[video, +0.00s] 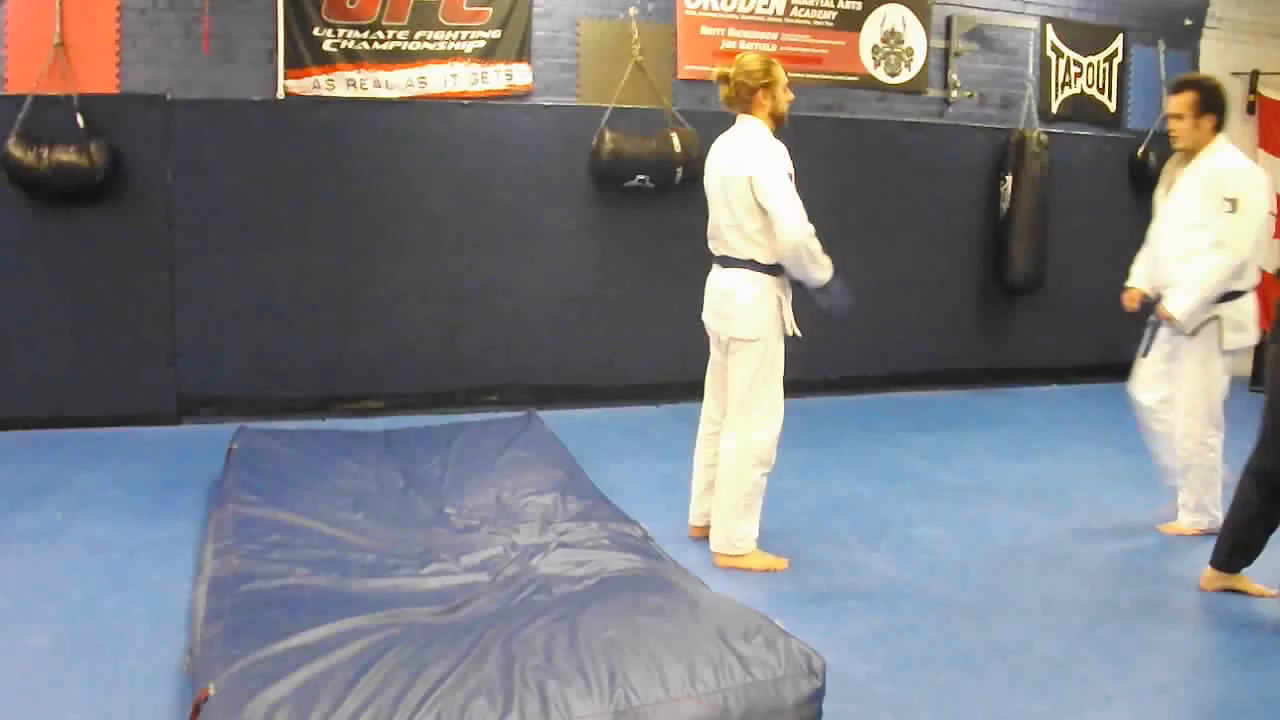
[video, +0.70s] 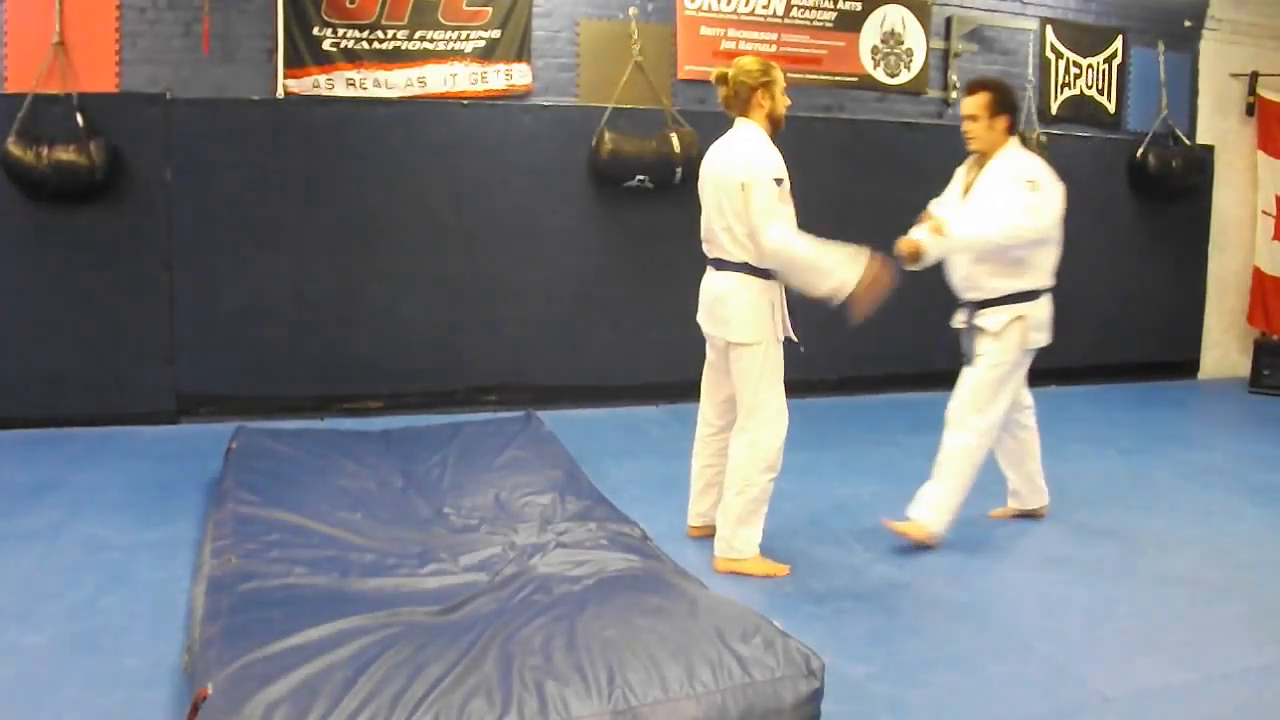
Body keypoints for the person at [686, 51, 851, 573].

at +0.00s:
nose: (790, 93)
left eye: (787, 85)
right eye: (784, 86)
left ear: (745, 96)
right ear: (763, 94)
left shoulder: (723, 145)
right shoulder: (765, 150)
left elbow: (730, 225)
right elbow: (792, 236)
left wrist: (786, 262)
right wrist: (824, 275)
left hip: (722, 283)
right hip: (755, 291)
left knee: (718, 409)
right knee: (755, 418)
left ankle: (704, 516)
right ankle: (735, 545)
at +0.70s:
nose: (786, 103)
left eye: (783, 93)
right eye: (781, 94)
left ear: (738, 99)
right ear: (763, 98)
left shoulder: (718, 152)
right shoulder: (760, 157)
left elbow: (723, 236)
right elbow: (774, 242)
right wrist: (849, 269)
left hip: (717, 288)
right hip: (749, 295)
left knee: (719, 410)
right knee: (763, 421)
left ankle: (703, 515)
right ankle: (736, 548)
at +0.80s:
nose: (787, 104)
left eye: (785, 96)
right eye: (783, 96)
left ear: (740, 101)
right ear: (764, 100)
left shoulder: (720, 151)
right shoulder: (765, 159)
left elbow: (747, 213)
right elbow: (814, 223)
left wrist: (797, 186)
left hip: (710, 290)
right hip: (747, 299)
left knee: (717, 413)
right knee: (764, 424)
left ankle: (703, 516)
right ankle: (738, 549)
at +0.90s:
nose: (788, 111)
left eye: (787, 102)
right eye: (785, 102)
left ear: (747, 105)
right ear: (763, 104)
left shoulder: (726, 152)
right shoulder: (759, 156)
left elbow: (749, 227)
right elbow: (822, 212)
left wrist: (795, 241)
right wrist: (851, 186)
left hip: (711, 294)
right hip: (738, 302)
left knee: (740, 413)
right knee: (763, 426)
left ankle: (711, 511)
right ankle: (737, 551)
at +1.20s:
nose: (783, 122)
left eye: (782, 111)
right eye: (778, 112)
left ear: (748, 110)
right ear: (750, 110)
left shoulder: (746, 162)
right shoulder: (718, 164)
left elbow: (739, 247)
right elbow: (755, 245)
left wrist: (770, 278)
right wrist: (807, 206)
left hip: (741, 305)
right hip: (708, 307)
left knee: (762, 428)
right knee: (739, 424)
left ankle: (743, 525)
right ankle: (696, 543)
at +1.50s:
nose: (761, 122)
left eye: (762, 114)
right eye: (758, 112)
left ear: (727, 108)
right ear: (732, 108)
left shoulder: (724, 160)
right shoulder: (693, 162)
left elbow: (751, 231)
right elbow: (734, 241)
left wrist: (767, 276)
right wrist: (783, 192)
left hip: (716, 303)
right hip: (683, 303)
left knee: (745, 421)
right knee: (690, 426)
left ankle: (746, 524)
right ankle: (643, 535)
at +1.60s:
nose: (758, 117)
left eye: (759, 108)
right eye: (755, 106)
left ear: (724, 103)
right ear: (730, 103)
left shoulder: (715, 153)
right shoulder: (692, 157)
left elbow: (741, 223)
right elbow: (727, 240)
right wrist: (779, 196)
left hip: (707, 297)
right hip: (677, 297)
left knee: (738, 414)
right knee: (682, 424)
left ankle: (748, 521)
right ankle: (643, 536)